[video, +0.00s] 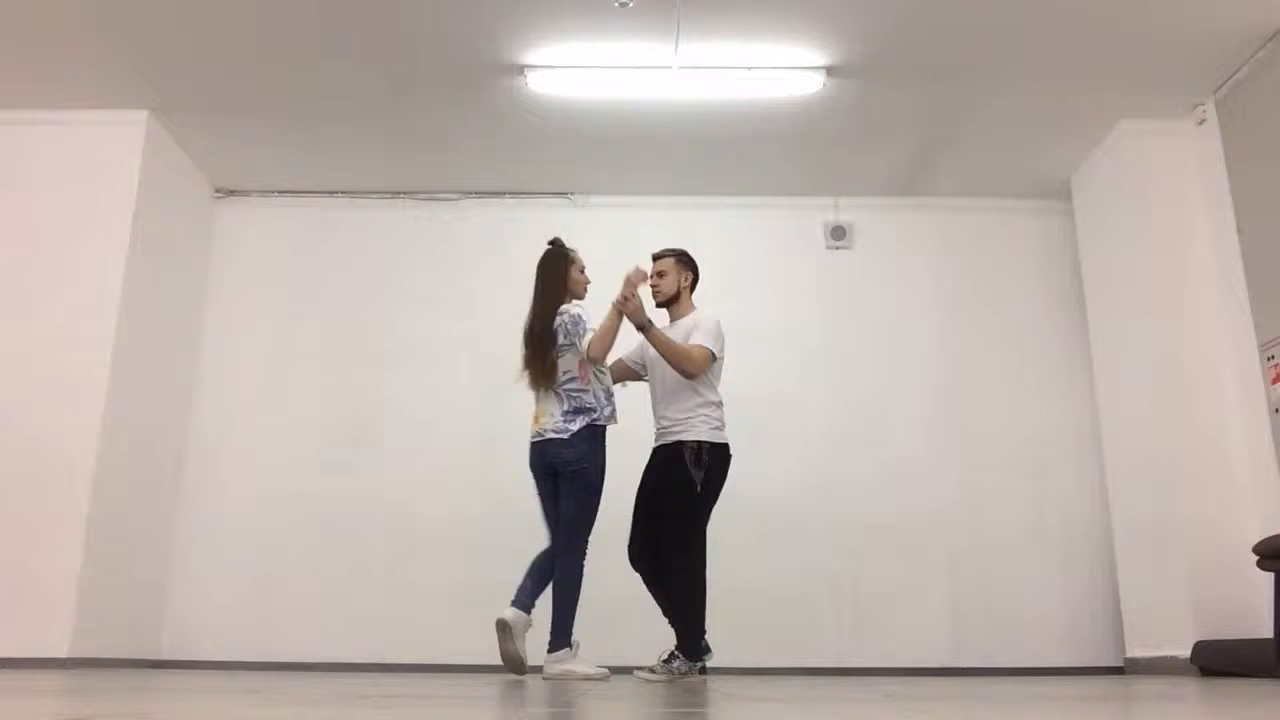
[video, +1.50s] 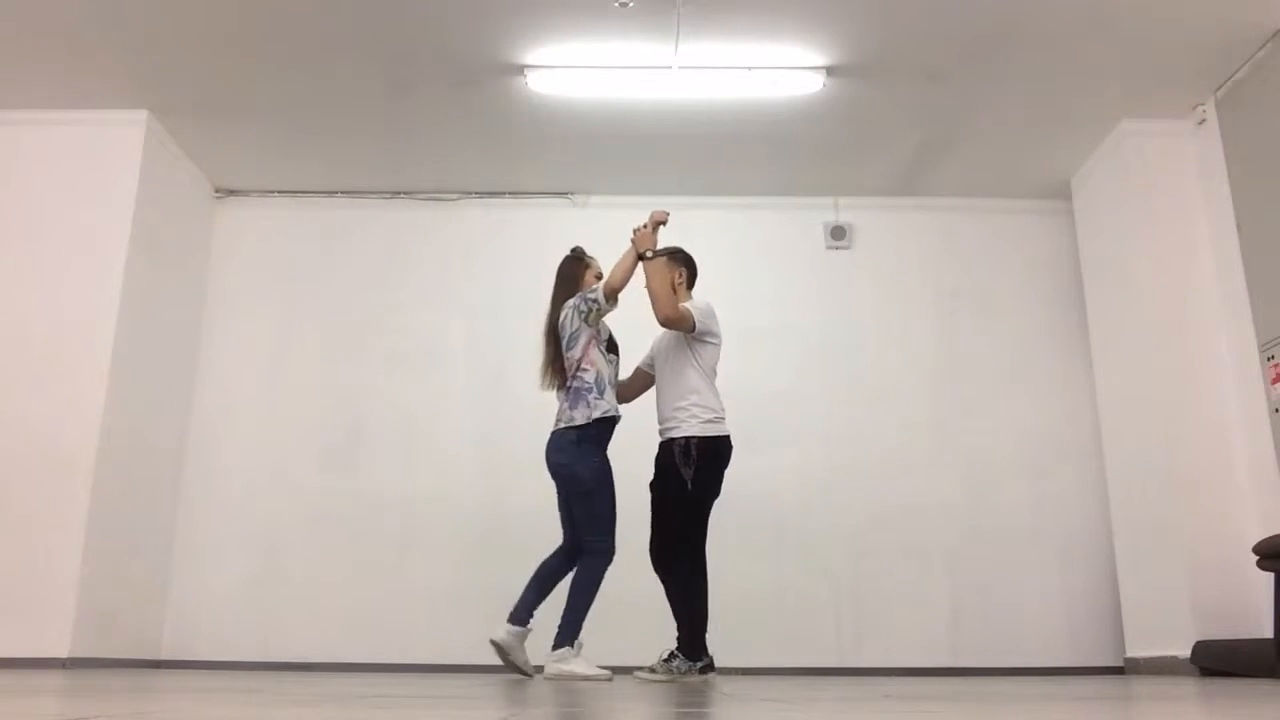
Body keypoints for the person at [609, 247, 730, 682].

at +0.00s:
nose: (653, 281)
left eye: (660, 274)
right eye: (651, 276)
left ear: (686, 278)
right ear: (657, 284)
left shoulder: (706, 324)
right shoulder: (654, 342)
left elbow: (693, 366)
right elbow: (605, 374)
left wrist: (643, 324)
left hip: (701, 449)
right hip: (667, 449)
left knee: (683, 548)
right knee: (643, 550)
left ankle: (690, 655)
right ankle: (692, 640)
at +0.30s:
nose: (647, 280)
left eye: (654, 272)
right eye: (646, 274)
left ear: (680, 274)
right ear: (663, 279)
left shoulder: (701, 317)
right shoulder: (662, 336)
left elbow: (662, 343)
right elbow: (616, 385)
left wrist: (622, 297)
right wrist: (566, 379)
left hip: (698, 443)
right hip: (671, 444)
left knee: (683, 544)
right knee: (650, 545)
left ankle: (691, 655)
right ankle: (696, 643)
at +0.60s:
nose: (643, 282)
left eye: (651, 273)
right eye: (643, 276)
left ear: (676, 274)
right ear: (664, 280)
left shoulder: (697, 315)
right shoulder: (663, 335)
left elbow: (654, 334)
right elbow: (622, 387)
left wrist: (623, 280)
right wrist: (582, 357)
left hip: (692, 444)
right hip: (671, 445)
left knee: (677, 551)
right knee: (666, 553)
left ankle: (690, 652)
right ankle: (702, 646)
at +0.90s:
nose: (646, 281)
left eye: (655, 272)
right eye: (646, 274)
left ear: (677, 275)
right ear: (659, 283)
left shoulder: (700, 316)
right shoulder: (659, 341)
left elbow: (664, 328)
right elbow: (618, 389)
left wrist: (642, 270)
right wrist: (573, 375)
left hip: (691, 444)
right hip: (669, 446)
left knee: (671, 546)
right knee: (675, 547)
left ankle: (693, 651)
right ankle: (700, 648)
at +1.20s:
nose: (647, 282)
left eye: (655, 275)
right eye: (646, 276)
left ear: (681, 278)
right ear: (656, 283)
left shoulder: (702, 314)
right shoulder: (658, 339)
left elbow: (672, 320)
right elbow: (619, 387)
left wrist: (656, 257)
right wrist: (574, 377)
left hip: (697, 444)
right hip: (669, 447)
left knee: (679, 549)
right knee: (672, 552)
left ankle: (693, 651)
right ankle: (701, 648)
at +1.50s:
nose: (652, 281)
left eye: (660, 272)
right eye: (651, 274)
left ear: (682, 276)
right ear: (666, 280)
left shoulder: (703, 314)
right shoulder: (665, 339)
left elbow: (666, 313)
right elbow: (625, 391)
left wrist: (649, 256)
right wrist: (579, 379)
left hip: (700, 443)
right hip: (675, 445)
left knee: (683, 548)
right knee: (664, 550)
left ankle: (692, 653)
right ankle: (692, 649)